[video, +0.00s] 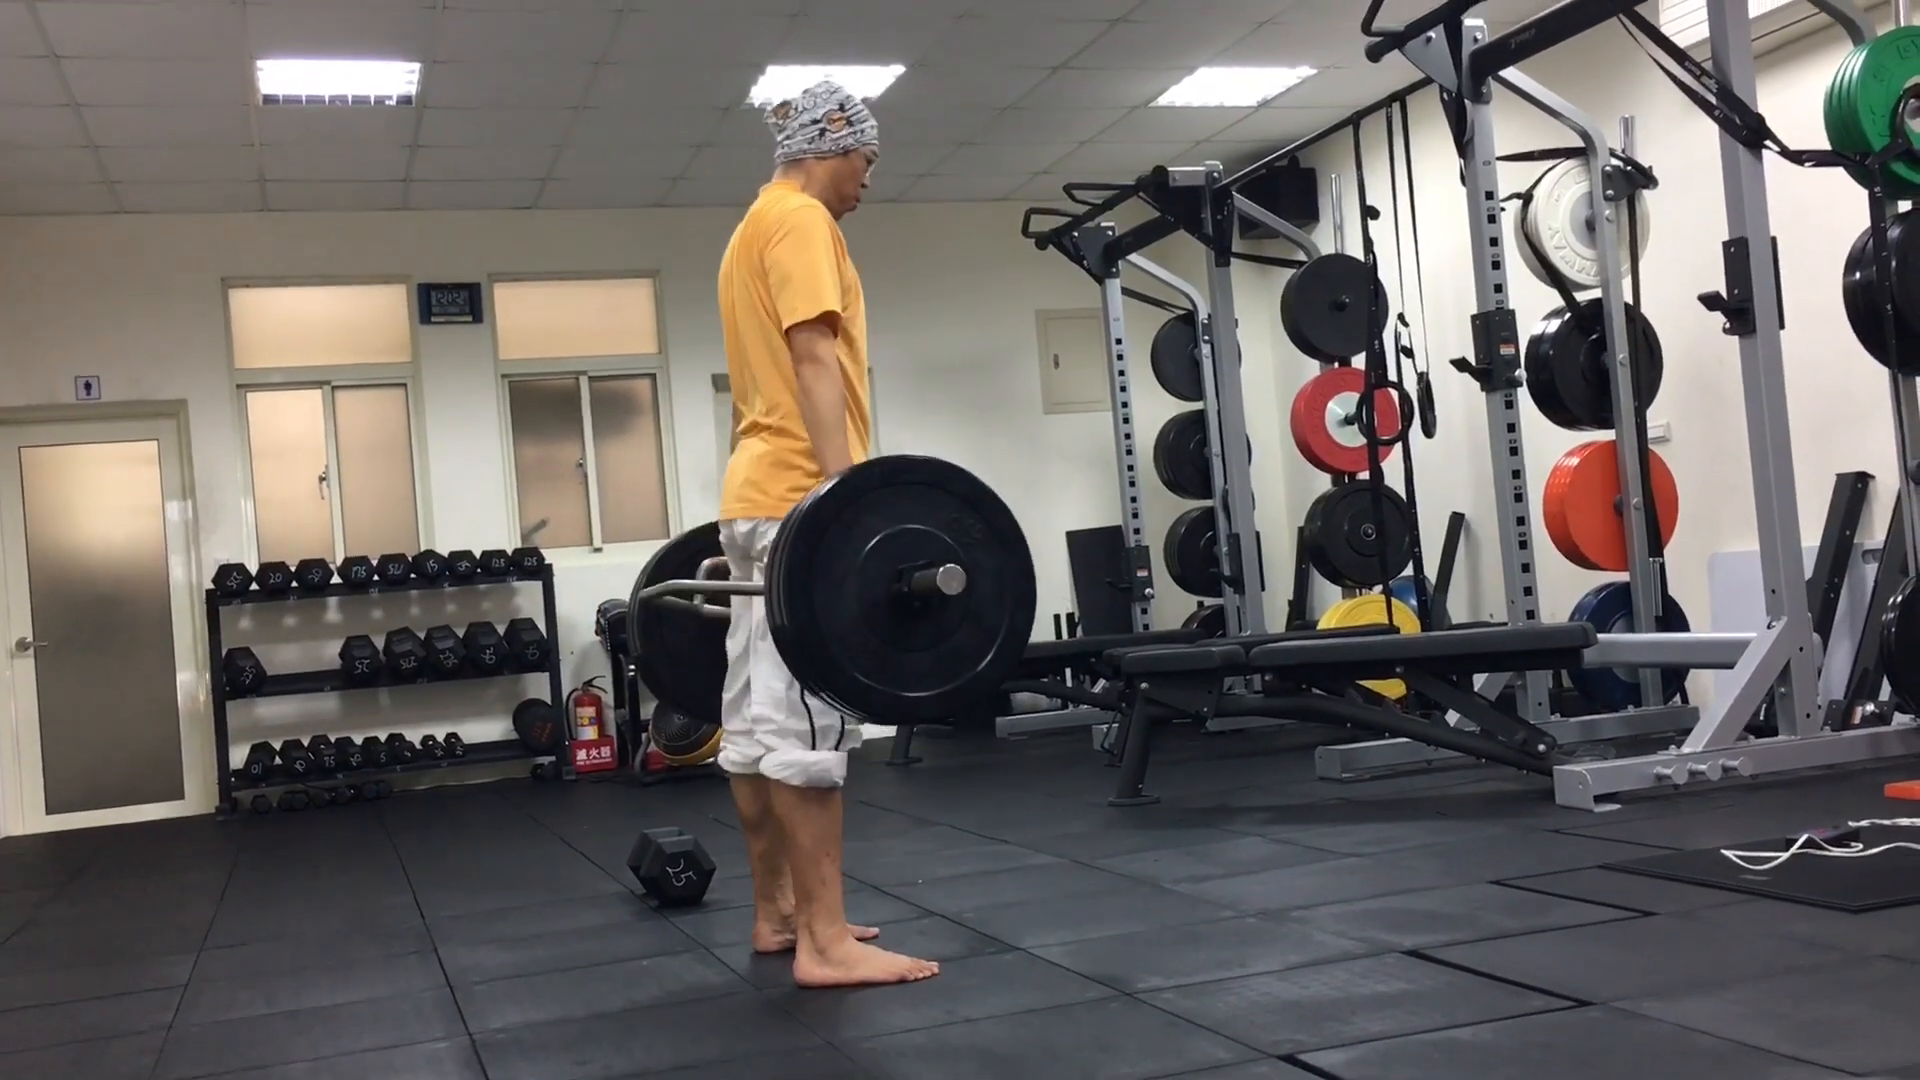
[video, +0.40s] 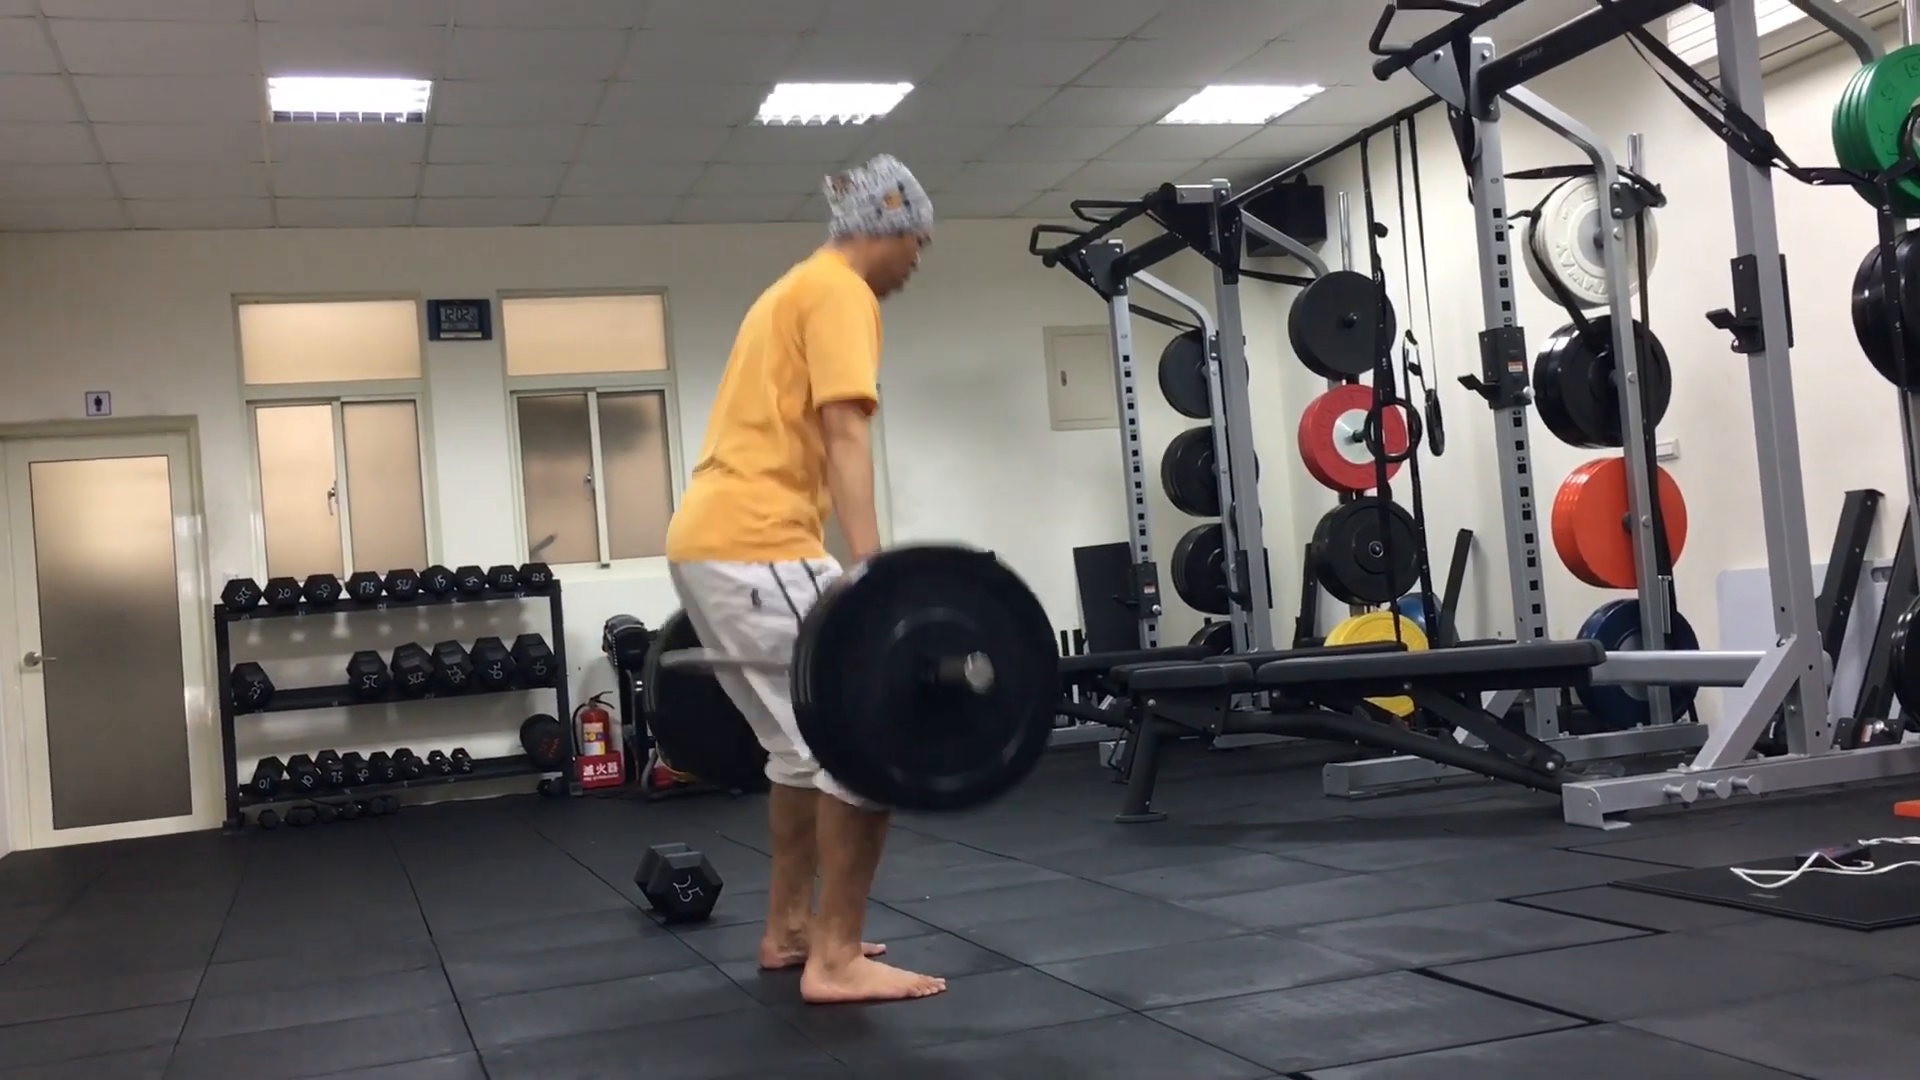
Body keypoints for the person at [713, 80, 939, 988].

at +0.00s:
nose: (869, 180)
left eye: (870, 164)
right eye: (863, 162)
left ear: (795, 155)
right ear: (828, 151)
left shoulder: (754, 230)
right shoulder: (797, 220)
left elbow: (759, 385)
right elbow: (815, 359)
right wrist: (843, 496)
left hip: (755, 501)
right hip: (801, 502)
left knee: (756, 717)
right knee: (807, 716)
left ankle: (778, 912)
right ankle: (827, 940)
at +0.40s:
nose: (915, 265)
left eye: (920, 249)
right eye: (916, 246)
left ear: (851, 229)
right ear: (885, 231)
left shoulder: (792, 292)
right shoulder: (836, 291)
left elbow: (788, 444)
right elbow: (843, 432)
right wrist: (872, 565)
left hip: (709, 543)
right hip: (759, 542)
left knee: (798, 741)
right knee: (857, 731)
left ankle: (790, 928)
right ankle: (838, 957)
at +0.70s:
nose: (953, 382)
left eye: (958, 366)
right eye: (954, 363)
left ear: (892, 346)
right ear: (922, 348)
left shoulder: (830, 400)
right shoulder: (867, 407)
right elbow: (871, 565)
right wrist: (896, 701)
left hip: (697, 614)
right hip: (742, 615)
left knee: (856, 745)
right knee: (891, 748)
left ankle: (800, 932)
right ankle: (849, 965)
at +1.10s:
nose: (975, 445)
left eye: (980, 431)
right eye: (976, 427)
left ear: (916, 412)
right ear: (942, 415)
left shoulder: (851, 461)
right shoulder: (891, 472)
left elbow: (829, 622)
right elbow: (882, 625)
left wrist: (832, 753)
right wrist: (904, 760)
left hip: (706, 672)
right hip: (756, 670)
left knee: (885, 749)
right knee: (951, 748)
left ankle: (808, 931)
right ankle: (856, 961)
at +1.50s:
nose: (991, 412)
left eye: (995, 396)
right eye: (991, 393)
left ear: (931, 379)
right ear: (958, 382)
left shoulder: (868, 427)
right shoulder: (898, 437)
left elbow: (860, 584)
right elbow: (885, 588)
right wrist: (898, 726)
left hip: (715, 623)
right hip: (754, 625)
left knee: (882, 744)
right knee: (918, 742)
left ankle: (813, 931)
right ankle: (862, 964)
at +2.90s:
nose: (971, 376)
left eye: (976, 361)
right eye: (972, 358)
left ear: (914, 341)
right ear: (940, 344)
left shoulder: (851, 392)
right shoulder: (878, 398)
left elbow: (857, 558)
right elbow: (877, 558)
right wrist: (897, 692)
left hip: (709, 600)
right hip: (738, 600)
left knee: (856, 743)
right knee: (885, 738)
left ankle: (807, 934)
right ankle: (854, 965)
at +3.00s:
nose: (978, 404)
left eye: (983, 389)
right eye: (978, 386)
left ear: (920, 370)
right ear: (945, 373)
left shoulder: (858, 419)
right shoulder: (883, 429)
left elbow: (868, 581)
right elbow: (880, 582)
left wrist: (891, 705)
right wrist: (900, 720)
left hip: (711, 618)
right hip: (740, 620)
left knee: (876, 739)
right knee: (890, 745)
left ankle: (808, 931)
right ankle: (856, 964)